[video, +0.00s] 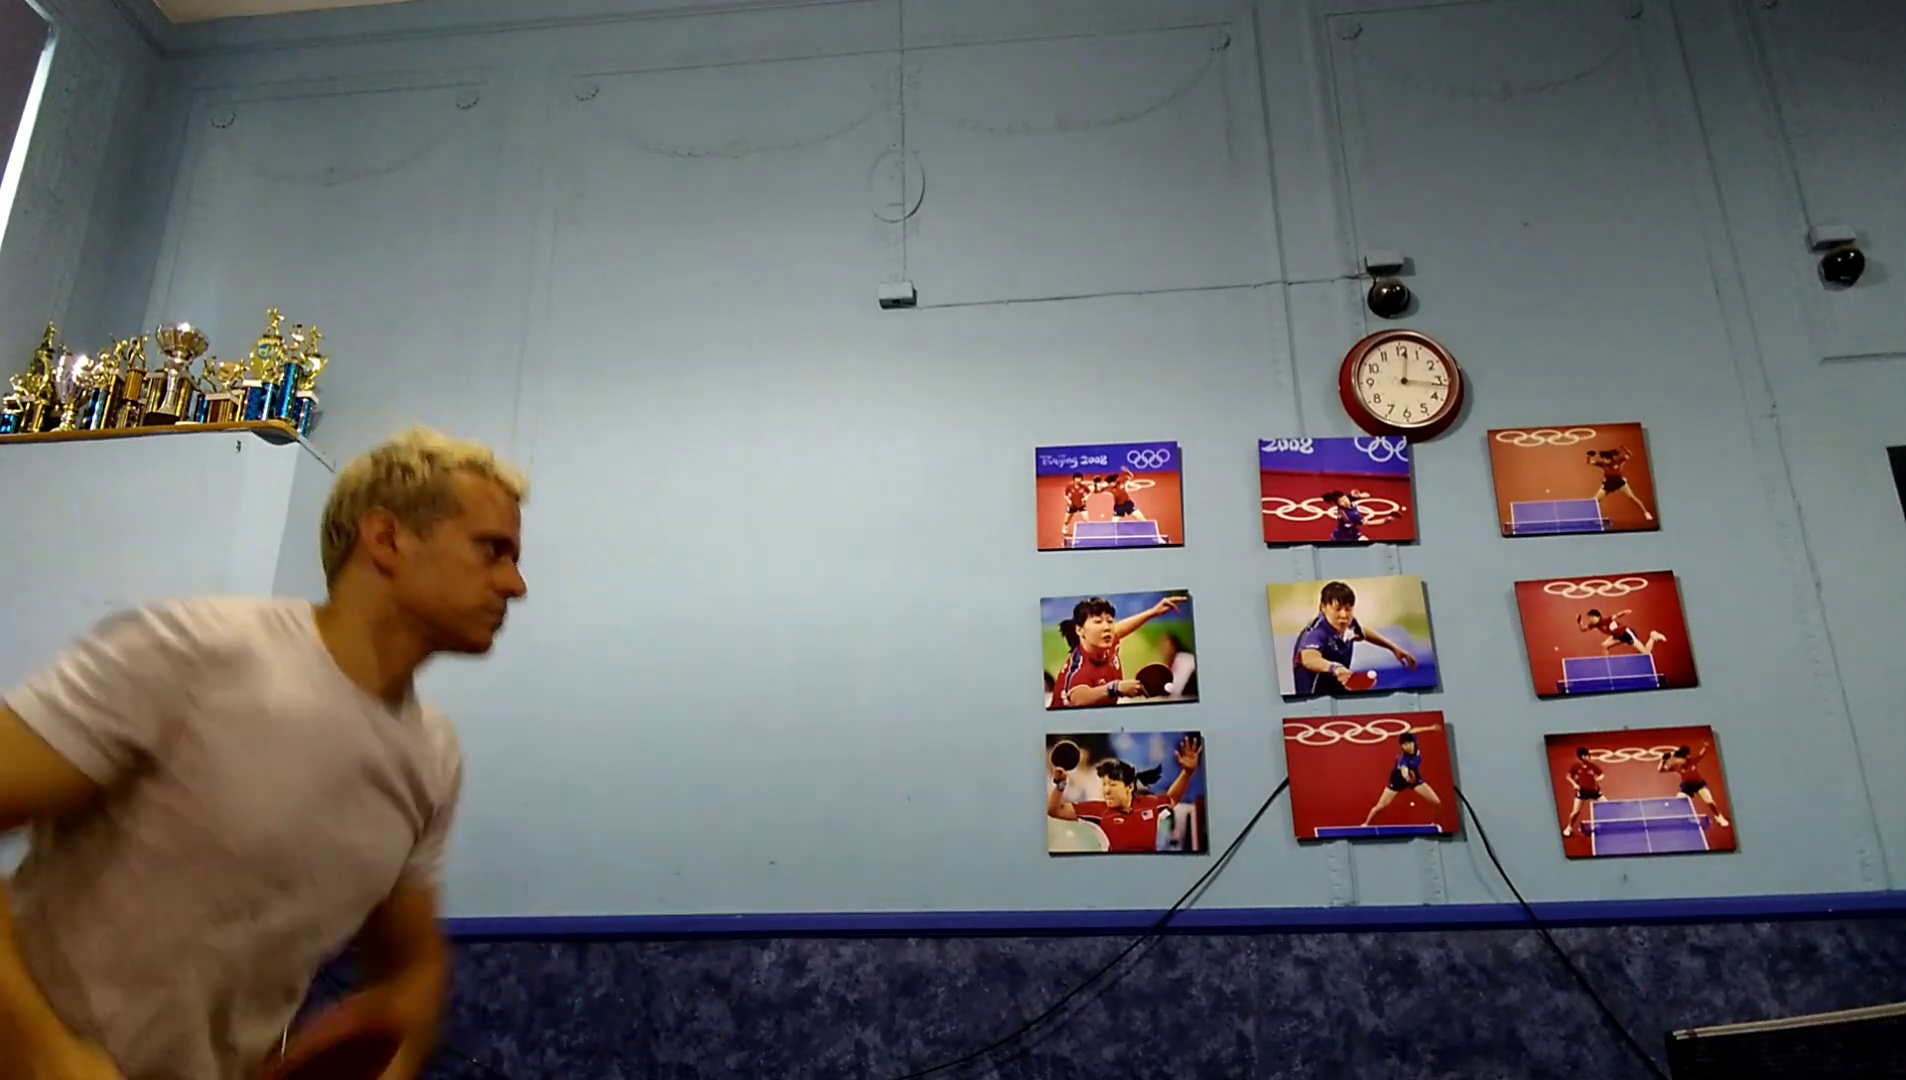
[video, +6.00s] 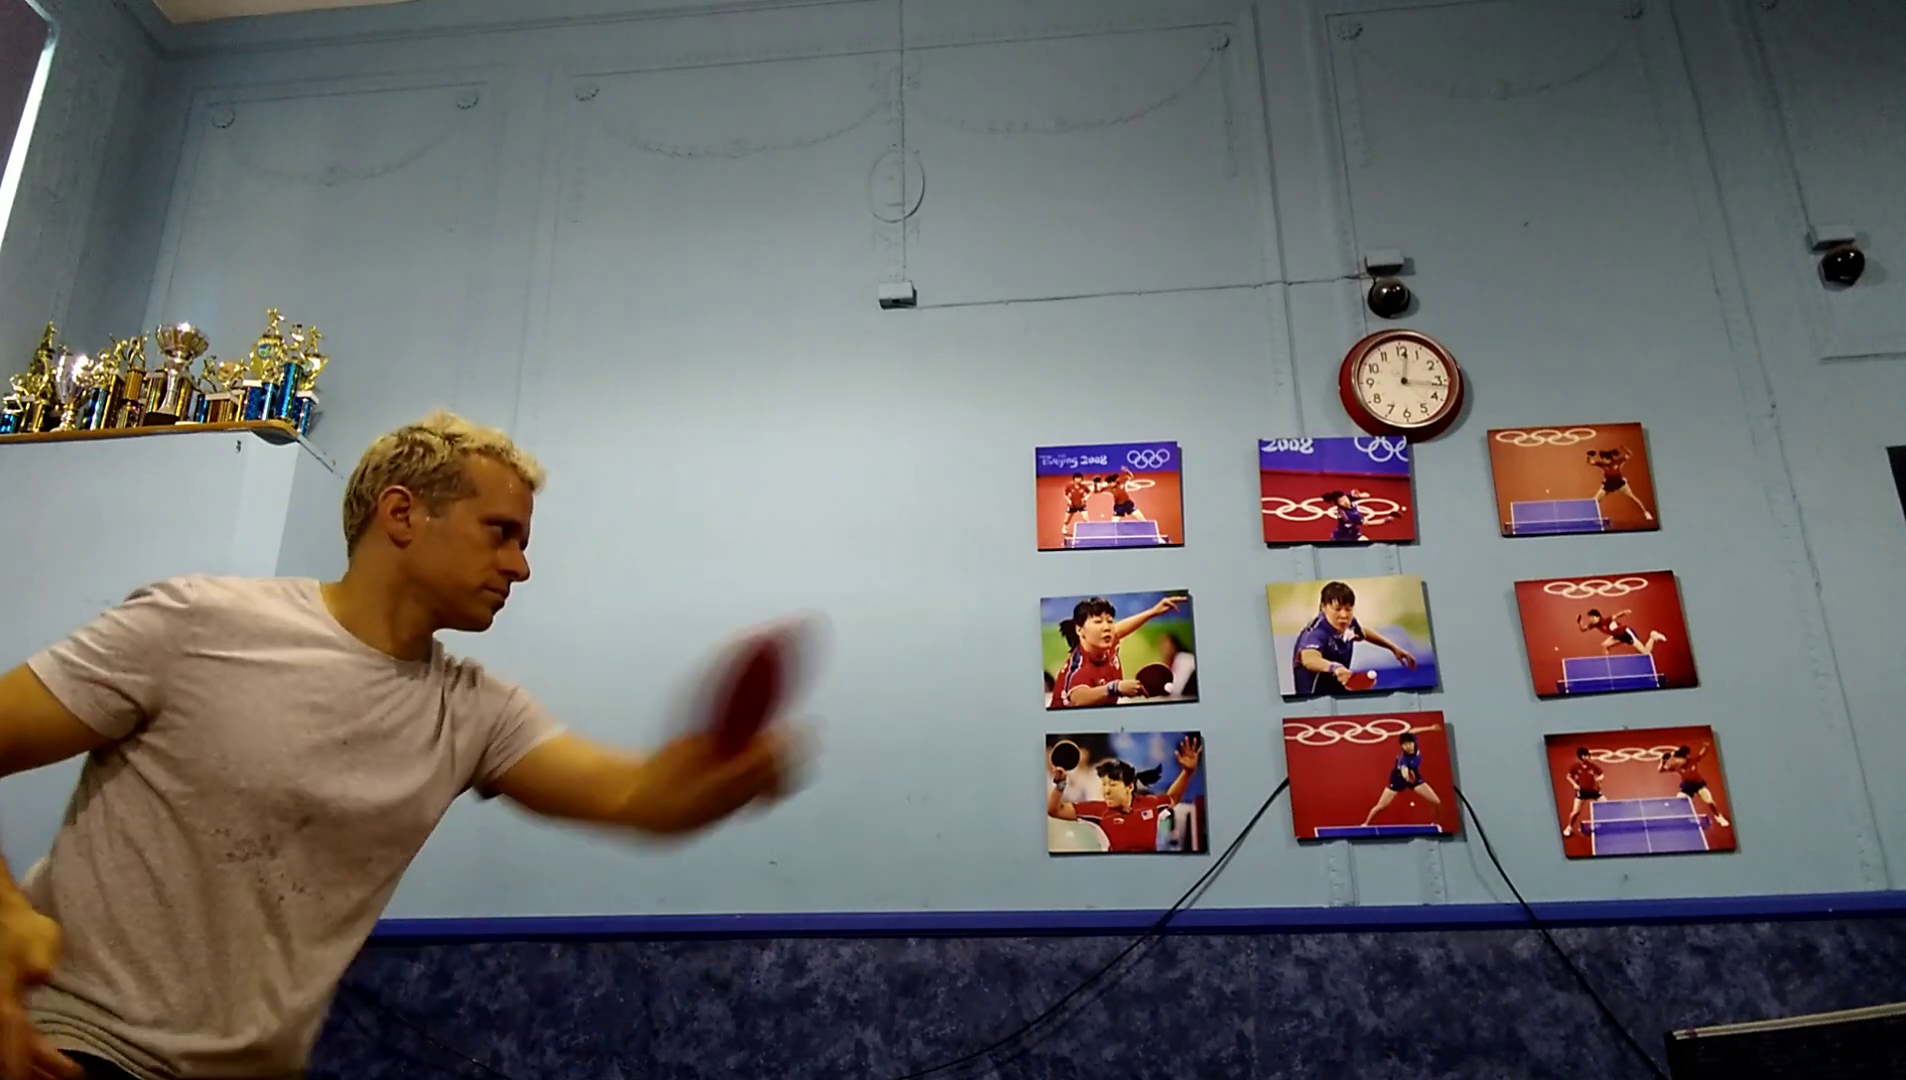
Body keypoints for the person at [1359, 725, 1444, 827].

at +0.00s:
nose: (1408, 747)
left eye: (1409, 744)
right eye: (1405, 745)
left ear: (1413, 743)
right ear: (1402, 746)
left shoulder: (1416, 747)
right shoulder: (1403, 758)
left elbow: (1413, 731)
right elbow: (1404, 771)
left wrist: (1431, 728)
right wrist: (1409, 778)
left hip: (1415, 779)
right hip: (1398, 781)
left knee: (1436, 802)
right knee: (1381, 805)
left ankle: (1434, 823)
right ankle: (1366, 823)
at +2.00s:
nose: (1408, 747)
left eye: (1409, 744)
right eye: (1405, 745)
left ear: (1413, 743)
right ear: (1402, 747)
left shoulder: (1416, 747)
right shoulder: (1403, 759)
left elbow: (1414, 731)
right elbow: (1404, 772)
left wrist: (1431, 728)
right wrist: (1409, 779)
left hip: (1414, 780)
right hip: (1398, 781)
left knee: (1436, 802)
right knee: (1381, 806)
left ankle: (1434, 823)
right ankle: (1366, 823)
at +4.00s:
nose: (1408, 747)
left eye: (1409, 744)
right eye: (1405, 745)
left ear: (1414, 743)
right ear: (1402, 746)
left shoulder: (1416, 748)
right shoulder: (1403, 758)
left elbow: (1414, 731)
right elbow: (1404, 771)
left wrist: (1431, 728)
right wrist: (1409, 778)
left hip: (1415, 779)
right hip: (1398, 781)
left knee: (1436, 802)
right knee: (1381, 806)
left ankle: (1435, 823)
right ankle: (1366, 823)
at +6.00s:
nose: (1408, 747)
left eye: (1409, 744)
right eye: (1405, 745)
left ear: (1414, 743)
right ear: (1402, 746)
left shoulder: (1416, 747)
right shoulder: (1403, 759)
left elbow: (1413, 731)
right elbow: (1404, 771)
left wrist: (1431, 728)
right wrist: (1409, 778)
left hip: (1415, 779)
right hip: (1398, 781)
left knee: (1436, 802)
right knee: (1381, 806)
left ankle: (1435, 824)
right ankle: (1366, 823)